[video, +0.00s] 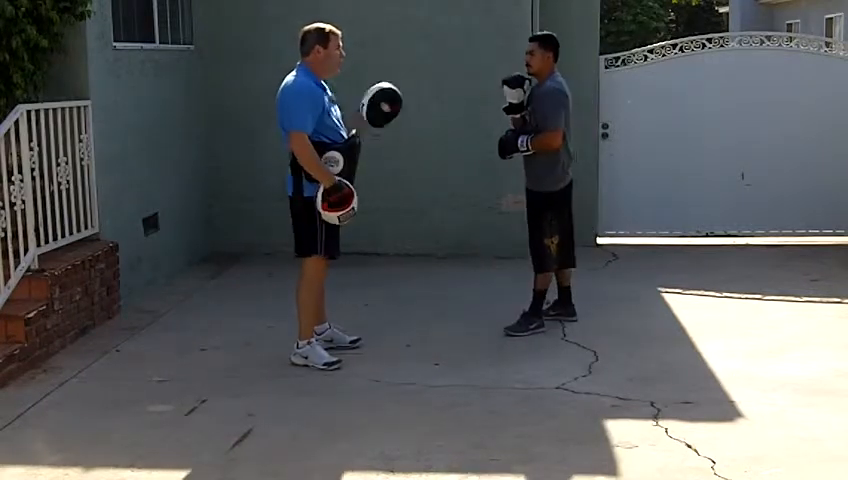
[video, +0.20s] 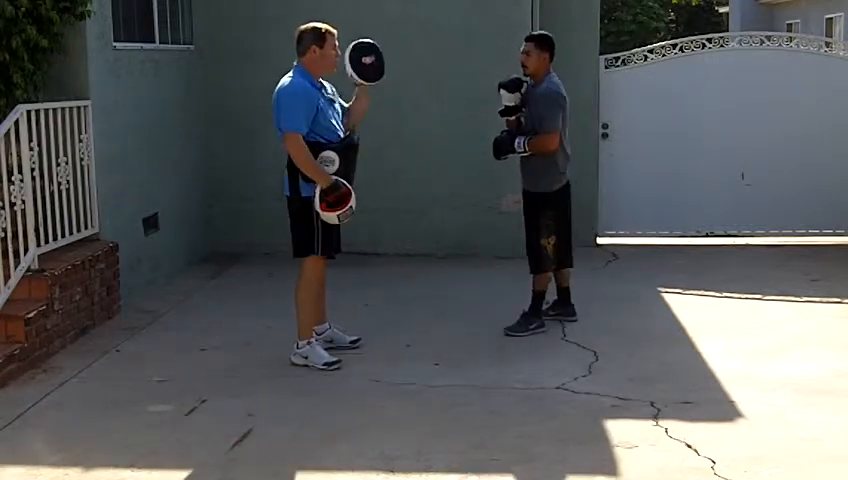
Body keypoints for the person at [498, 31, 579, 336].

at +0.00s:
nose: (526, 59)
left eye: (532, 54)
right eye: (526, 54)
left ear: (549, 57)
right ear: (539, 58)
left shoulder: (553, 92)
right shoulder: (541, 88)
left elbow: (553, 140)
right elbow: (525, 131)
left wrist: (521, 142)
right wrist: (514, 103)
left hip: (548, 184)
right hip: (548, 181)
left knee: (542, 248)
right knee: (559, 243)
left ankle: (535, 313)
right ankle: (564, 303)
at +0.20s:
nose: (521, 58)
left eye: (527, 54)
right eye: (522, 53)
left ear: (544, 57)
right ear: (533, 58)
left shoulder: (550, 92)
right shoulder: (534, 89)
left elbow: (550, 142)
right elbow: (519, 130)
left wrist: (517, 143)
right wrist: (510, 106)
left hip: (546, 185)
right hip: (544, 183)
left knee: (540, 249)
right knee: (558, 244)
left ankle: (535, 313)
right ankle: (564, 303)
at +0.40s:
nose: (516, 61)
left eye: (522, 56)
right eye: (516, 56)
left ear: (539, 59)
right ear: (527, 59)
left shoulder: (548, 94)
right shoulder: (526, 91)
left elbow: (552, 144)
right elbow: (510, 134)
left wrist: (516, 147)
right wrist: (503, 108)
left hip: (544, 186)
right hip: (539, 183)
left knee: (539, 248)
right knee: (557, 243)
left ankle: (535, 313)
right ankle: (563, 303)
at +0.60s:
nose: (513, 63)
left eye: (518, 57)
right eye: (512, 57)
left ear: (535, 60)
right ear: (523, 60)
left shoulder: (546, 96)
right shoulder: (523, 92)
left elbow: (549, 147)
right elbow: (507, 134)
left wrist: (513, 150)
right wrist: (500, 112)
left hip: (543, 185)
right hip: (534, 183)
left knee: (538, 247)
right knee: (550, 242)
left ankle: (535, 312)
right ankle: (560, 300)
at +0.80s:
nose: (512, 60)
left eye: (518, 56)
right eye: (512, 55)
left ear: (536, 59)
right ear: (515, 58)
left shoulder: (544, 93)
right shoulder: (520, 89)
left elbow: (549, 143)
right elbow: (504, 133)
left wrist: (512, 146)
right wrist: (500, 107)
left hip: (542, 184)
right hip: (526, 182)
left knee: (537, 247)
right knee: (535, 245)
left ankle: (536, 313)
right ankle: (548, 303)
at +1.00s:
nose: (513, 60)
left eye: (519, 55)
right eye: (513, 55)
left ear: (536, 58)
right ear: (520, 58)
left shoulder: (545, 92)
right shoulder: (520, 89)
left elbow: (549, 141)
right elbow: (504, 131)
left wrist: (513, 143)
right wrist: (500, 106)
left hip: (539, 184)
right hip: (523, 182)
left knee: (535, 246)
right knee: (536, 244)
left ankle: (535, 313)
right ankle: (548, 303)